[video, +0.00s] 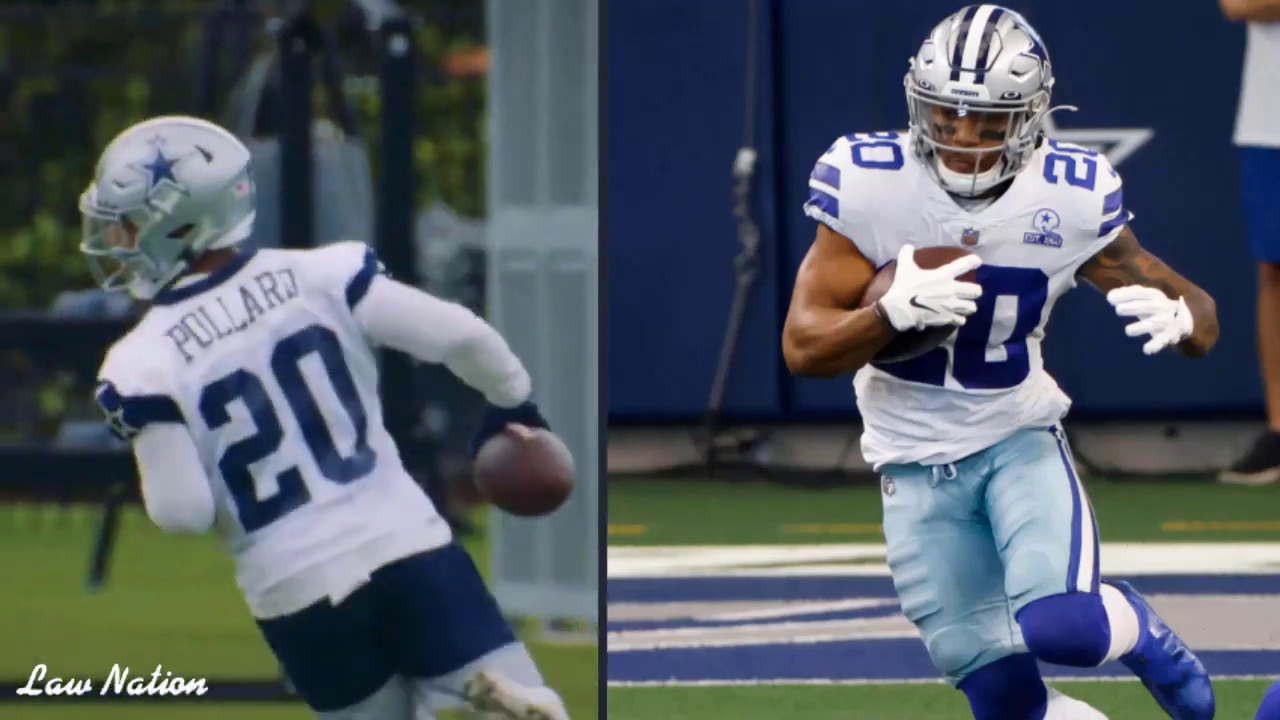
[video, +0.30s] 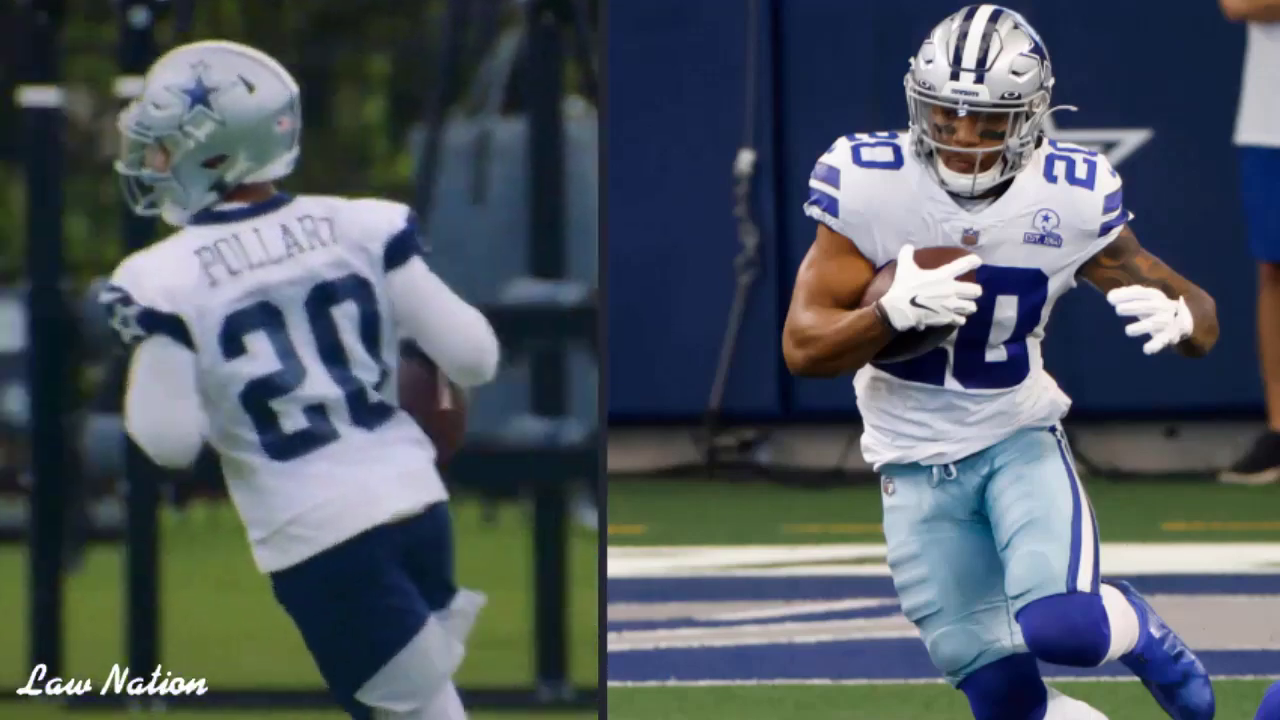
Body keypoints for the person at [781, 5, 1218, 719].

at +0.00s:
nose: (966, 138)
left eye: (988, 121)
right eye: (950, 117)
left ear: (1028, 119)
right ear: (922, 110)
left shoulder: (1071, 194)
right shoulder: (863, 179)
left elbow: (1197, 309)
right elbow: (801, 349)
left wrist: (1181, 319)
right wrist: (887, 313)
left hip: (1018, 437)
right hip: (911, 467)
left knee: (1054, 626)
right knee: (1001, 696)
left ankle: (1142, 633)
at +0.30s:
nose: (966, 138)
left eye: (988, 121)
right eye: (950, 117)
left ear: (1028, 119)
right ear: (922, 110)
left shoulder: (1071, 194)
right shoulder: (863, 179)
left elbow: (1197, 309)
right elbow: (801, 349)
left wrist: (1181, 319)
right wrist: (887, 313)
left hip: (1018, 437)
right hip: (911, 467)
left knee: (1054, 626)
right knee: (1001, 696)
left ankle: (1142, 633)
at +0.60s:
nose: (965, 137)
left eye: (988, 121)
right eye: (950, 116)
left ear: (1027, 119)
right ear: (923, 109)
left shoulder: (1071, 194)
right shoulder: (863, 179)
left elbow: (1197, 309)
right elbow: (801, 349)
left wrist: (1181, 319)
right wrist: (887, 313)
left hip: (1018, 437)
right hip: (911, 467)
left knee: (1054, 626)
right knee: (1001, 696)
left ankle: (1142, 633)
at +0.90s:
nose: (966, 138)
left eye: (988, 121)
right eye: (950, 117)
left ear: (1028, 119)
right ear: (922, 110)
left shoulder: (1071, 194)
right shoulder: (863, 179)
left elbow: (1197, 309)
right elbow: (801, 349)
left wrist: (1181, 319)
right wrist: (887, 313)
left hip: (1018, 437)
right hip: (911, 467)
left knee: (1054, 626)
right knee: (1001, 696)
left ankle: (1142, 633)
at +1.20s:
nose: (966, 138)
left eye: (988, 121)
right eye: (950, 117)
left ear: (1028, 119)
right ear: (922, 110)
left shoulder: (1071, 194)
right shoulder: (863, 179)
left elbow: (1197, 309)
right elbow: (801, 349)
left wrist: (1181, 319)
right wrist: (887, 313)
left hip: (1018, 437)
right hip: (911, 467)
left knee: (1054, 626)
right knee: (1001, 696)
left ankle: (1142, 633)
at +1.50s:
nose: (966, 138)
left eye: (988, 121)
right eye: (950, 117)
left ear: (1028, 119)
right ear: (922, 110)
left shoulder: (1071, 194)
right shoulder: (863, 179)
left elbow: (1197, 309)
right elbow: (801, 349)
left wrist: (1181, 319)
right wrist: (887, 313)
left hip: (1018, 437)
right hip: (911, 467)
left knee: (1054, 626)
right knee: (1001, 696)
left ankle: (1142, 633)